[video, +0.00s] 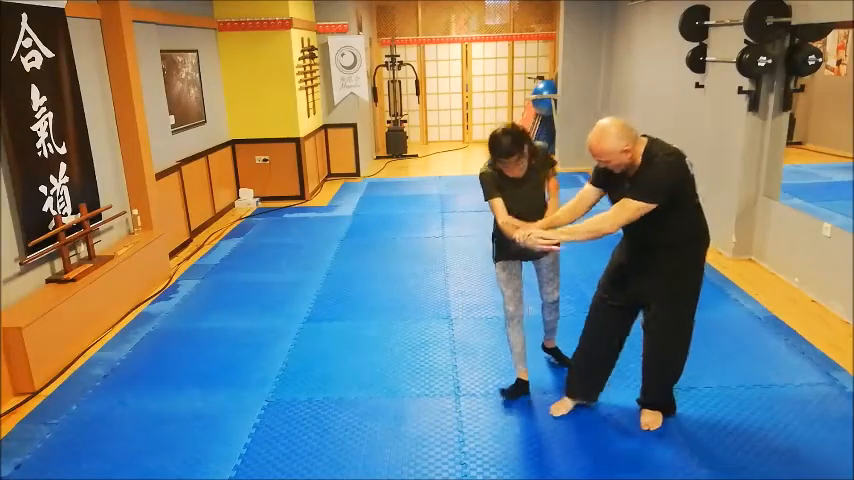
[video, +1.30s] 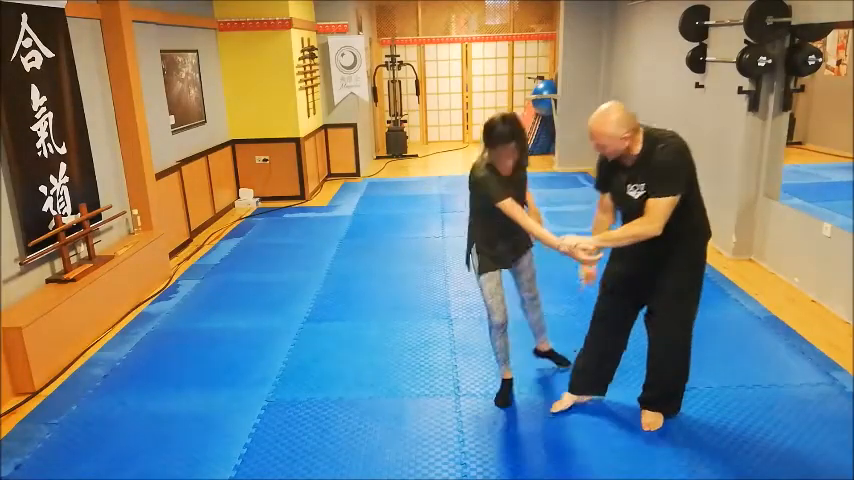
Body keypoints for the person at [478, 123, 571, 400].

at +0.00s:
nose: (514, 170)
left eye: (518, 163)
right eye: (506, 166)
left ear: (526, 151)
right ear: (496, 160)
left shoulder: (542, 158)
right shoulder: (489, 176)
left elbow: (554, 203)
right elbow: (502, 220)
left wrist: (540, 227)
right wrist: (528, 239)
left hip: (545, 236)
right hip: (508, 241)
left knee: (551, 298)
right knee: (513, 311)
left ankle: (550, 343)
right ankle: (521, 377)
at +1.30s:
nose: (510, 161)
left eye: (514, 154)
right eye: (503, 154)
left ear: (521, 148)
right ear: (490, 149)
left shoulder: (517, 163)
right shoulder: (482, 175)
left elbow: (522, 191)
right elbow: (520, 217)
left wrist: (534, 213)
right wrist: (560, 245)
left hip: (518, 240)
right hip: (488, 248)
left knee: (530, 295)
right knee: (498, 319)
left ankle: (542, 345)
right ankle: (506, 376)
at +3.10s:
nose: (508, 130)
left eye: (509, 123)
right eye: (507, 123)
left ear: (478, 121)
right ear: (496, 121)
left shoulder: (453, 157)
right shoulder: (503, 163)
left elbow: (440, 202)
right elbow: (537, 203)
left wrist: (472, 205)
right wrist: (572, 199)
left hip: (462, 252)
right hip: (497, 253)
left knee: (460, 318)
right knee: (506, 326)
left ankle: (451, 383)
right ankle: (520, 393)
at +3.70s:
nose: (516, 143)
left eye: (519, 138)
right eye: (516, 136)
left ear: (491, 128)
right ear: (499, 130)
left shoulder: (461, 155)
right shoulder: (492, 165)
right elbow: (535, 201)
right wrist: (580, 212)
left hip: (453, 247)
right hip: (481, 249)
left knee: (457, 314)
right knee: (510, 311)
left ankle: (451, 383)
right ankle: (517, 381)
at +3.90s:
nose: (531, 155)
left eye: (535, 151)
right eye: (529, 150)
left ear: (513, 137)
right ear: (513, 140)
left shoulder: (492, 154)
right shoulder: (504, 168)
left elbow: (503, 189)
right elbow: (528, 213)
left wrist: (521, 212)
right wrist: (566, 228)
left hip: (477, 243)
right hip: (490, 247)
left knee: (481, 306)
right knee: (523, 308)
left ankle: (454, 374)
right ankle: (520, 378)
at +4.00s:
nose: (531, 163)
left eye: (537, 158)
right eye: (527, 156)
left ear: (543, 153)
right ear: (514, 148)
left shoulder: (524, 170)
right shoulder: (504, 175)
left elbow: (528, 202)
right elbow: (522, 221)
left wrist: (534, 219)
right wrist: (556, 243)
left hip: (508, 239)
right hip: (490, 240)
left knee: (509, 306)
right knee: (523, 310)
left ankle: (465, 352)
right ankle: (522, 376)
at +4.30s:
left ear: (525, 230)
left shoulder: (542, 220)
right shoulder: (488, 235)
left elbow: (547, 272)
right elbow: (493, 291)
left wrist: (532, 298)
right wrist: (528, 308)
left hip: (538, 258)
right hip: (506, 265)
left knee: (538, 310)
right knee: (519, 319)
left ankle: (533, 337)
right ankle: (533, 375)